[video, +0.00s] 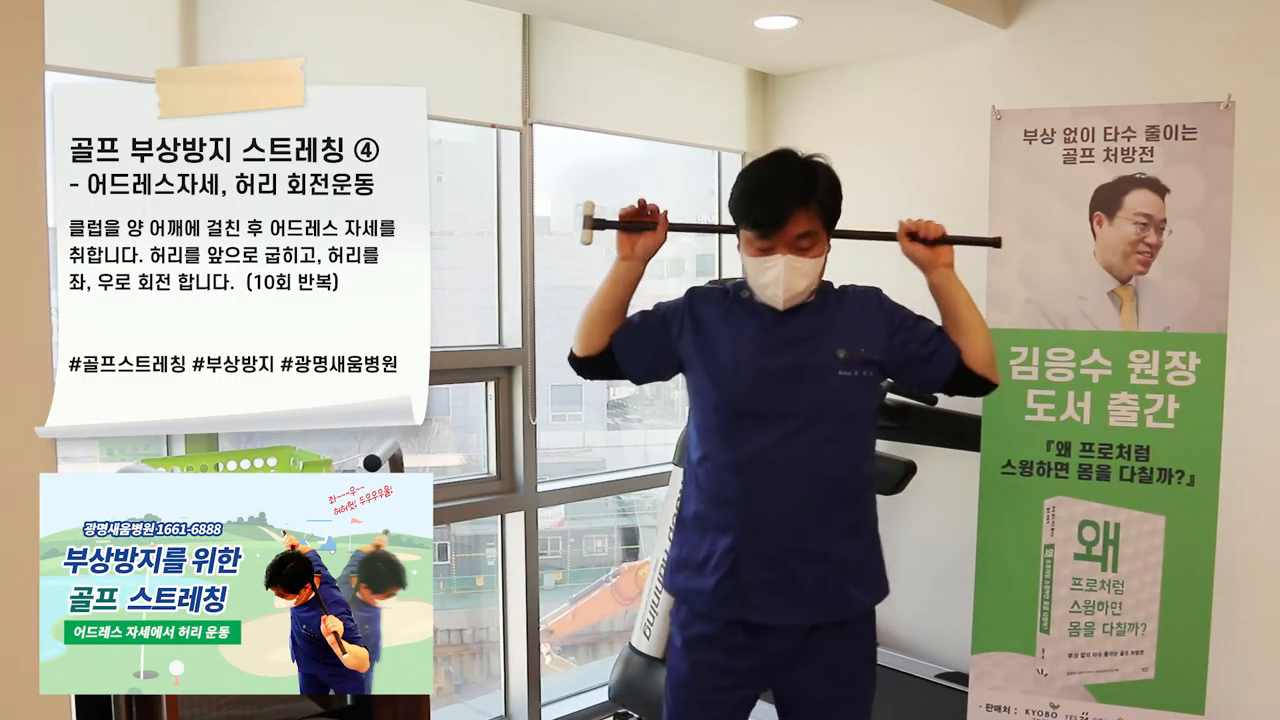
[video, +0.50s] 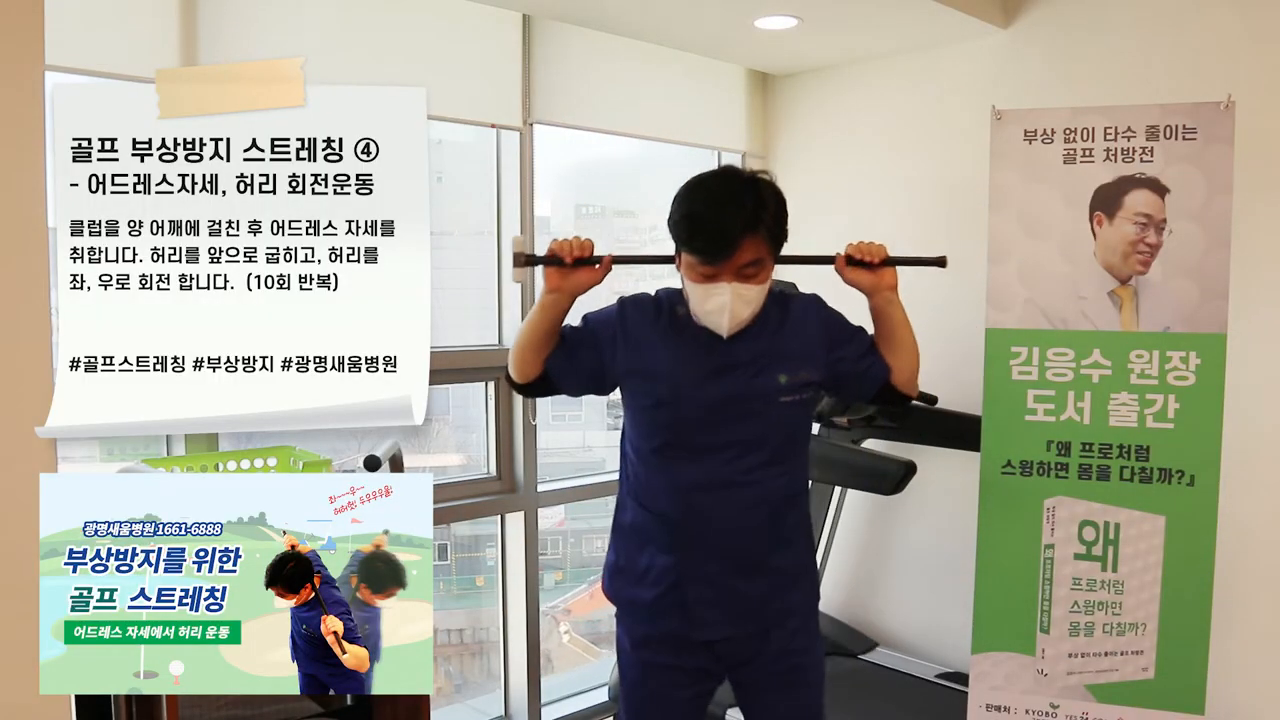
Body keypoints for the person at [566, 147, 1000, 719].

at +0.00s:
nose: (784, 262)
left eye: (805, 243)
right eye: (764, 245)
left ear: (829, 237)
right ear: (740, 239)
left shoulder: (866, 317)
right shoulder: (702, 317)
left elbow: (979, 374)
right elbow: (590, 357)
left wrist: (941, 273)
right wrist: (629, 263)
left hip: (833, 618)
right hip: (715, 615)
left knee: (836, 713)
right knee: (691, 713)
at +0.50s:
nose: (726, 292)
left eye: (750, 272)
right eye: (706, 273)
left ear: (774, 261)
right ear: (679, 258)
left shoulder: (805, 324)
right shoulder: (636, 327)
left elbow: (900, 380)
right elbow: (526, 371)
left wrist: (884, 296)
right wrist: (556, 296)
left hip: (775, 610)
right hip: (658, 610)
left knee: (793, 711)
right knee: (652, 711)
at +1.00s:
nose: (784, 332)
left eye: (806, 312)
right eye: (761, 314)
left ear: (832, 290)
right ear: (730, 290)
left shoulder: (863, 349)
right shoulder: (690, 344)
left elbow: (949, 397)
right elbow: (582, 386)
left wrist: (946, 331)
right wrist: (609, 327)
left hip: (816, 619)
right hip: (699, 617)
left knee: (821, 713)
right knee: (681, 713)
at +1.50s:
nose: (768, 332)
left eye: (791, 312)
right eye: (746, 313)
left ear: (818, 296)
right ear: (715, 293)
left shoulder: (848, 356)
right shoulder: (674, 348)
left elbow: (938, 411)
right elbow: (565, 389)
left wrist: (935, 347)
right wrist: (592, 334)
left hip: (798, 619)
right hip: (682, 618)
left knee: (807, 714)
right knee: (668, 715)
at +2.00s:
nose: (763, 326)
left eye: (785, 307)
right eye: (742, 309)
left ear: (811, 294)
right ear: (710, 295)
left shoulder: (845, 356)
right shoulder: (670, 350)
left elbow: (938, 411)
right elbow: (566, 391)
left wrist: (931, 346)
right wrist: (587, 338)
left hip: (798, 619)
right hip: (683, 617)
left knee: (808, 713)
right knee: (668, 714)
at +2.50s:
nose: (788, 344)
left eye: (806, 323)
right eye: (763, 330)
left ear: (821, 303)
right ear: (719, 314)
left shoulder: (846, 358)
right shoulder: (671, 368)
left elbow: (927, 393)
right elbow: (557, 418)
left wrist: (927, 336)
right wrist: (587, 365)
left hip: (802, 624)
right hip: (685, 625)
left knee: (809, 714)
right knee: (669, 715)